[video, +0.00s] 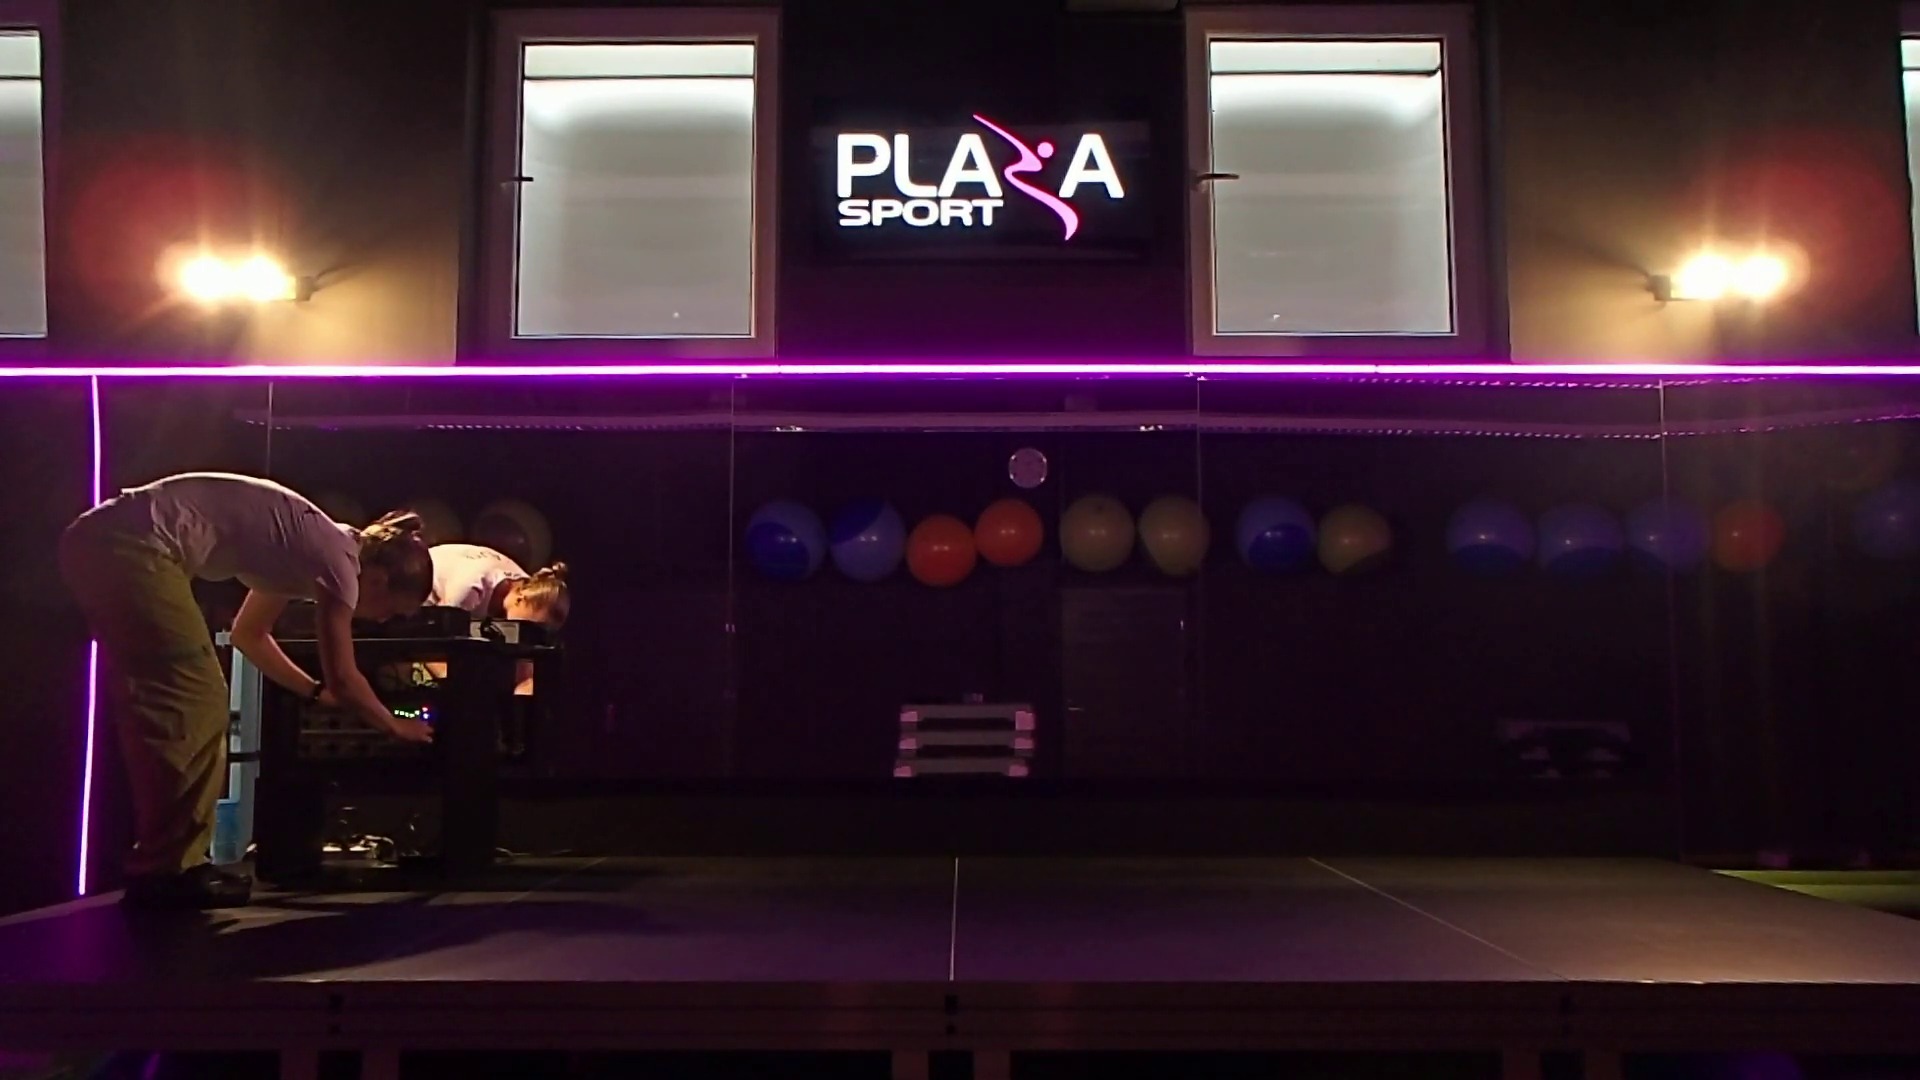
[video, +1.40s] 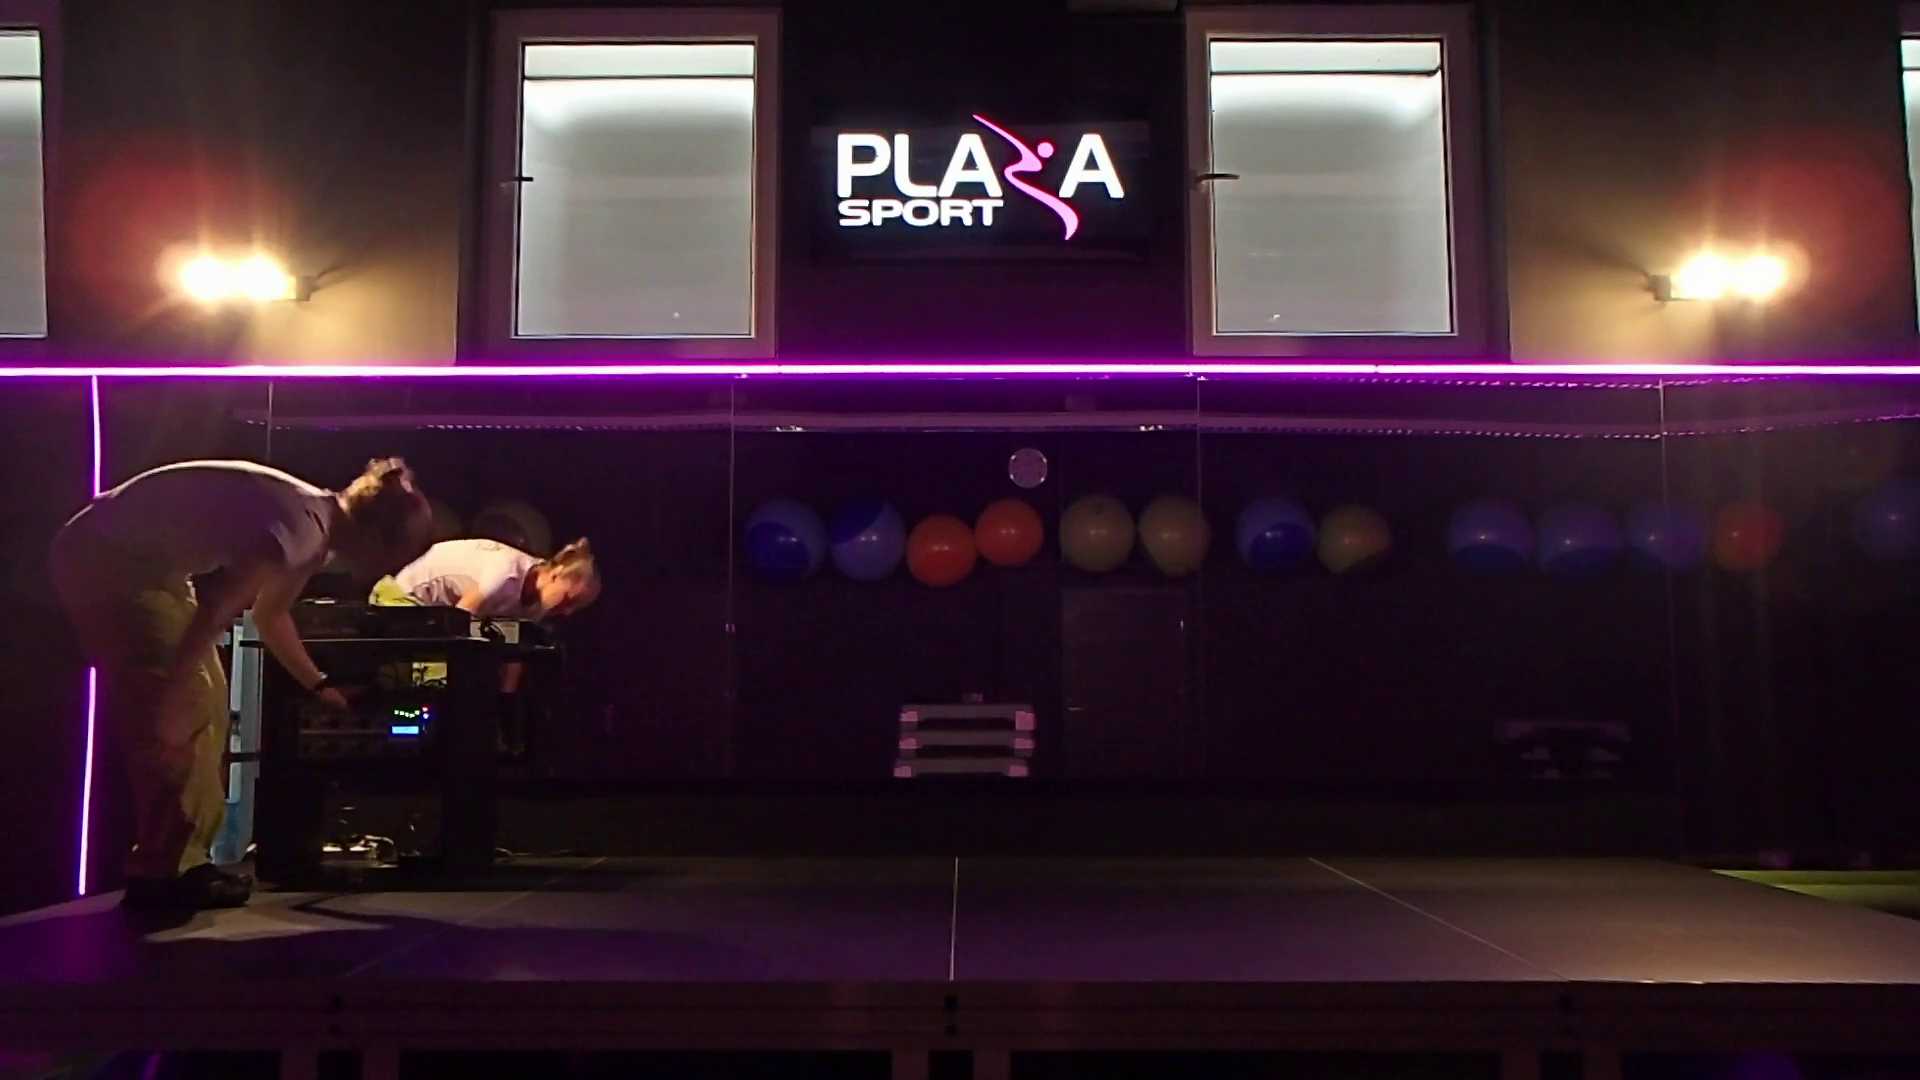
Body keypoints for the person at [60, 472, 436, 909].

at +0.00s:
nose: (380, 619)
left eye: (391, 615)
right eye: (390, 609)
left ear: (379, 571)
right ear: (380, 576)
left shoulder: (297, 552)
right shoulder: (338, 555)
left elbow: (248, 634)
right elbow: (342, 675)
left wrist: (314, 691)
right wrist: (394, 725)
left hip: (115, 543)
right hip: (132, 547)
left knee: (188, 697)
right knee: (197, 697)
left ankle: (168, 866)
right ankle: (169, 869)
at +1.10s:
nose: (379, 608)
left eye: (390, 604)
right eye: (387, 598)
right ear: (376, 567)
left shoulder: (307, 536)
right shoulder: (330, 549)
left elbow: (255, 627)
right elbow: (309, 665)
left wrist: (320, 692)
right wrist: (356, 745)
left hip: (136, 551)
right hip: (121, 549)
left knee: (202, 707)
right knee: (171, 708)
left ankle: (181, 864)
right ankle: (165, 871)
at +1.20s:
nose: (377, 605)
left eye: (388, 600)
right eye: (385, 595)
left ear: (371, 555)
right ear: (374, 563)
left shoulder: (309, 529)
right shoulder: (324, 546)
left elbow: (254, 627)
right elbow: (283, 659)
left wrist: (311, 687)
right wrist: (310, 760)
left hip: (116, 551)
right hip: (118, 554)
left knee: (181, 698)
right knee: (187, 701)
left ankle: (175, 866)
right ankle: (168, 872)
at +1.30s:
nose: (380, 594)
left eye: (390, 588)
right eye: (387, 584)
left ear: (368, 545)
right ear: (372, 552)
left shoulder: (317, 531)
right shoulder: (314, 544)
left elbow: (264, 627)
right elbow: (252, 640)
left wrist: (314, 689)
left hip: (130, 555)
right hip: (118, 555)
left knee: (185, 697)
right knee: (182, 699)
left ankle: (174, 865)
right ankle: (169, 870)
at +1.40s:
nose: (384, 573)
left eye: (394, 565)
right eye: (391, 561)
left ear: (371, 517)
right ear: (375, 528)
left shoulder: (314, 535)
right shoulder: (298, 527)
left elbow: (271, 614)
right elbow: (218, 603)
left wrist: (317, 685)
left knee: (210, 700)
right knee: (181, 706)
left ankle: (191, 861)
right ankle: (160, 872)